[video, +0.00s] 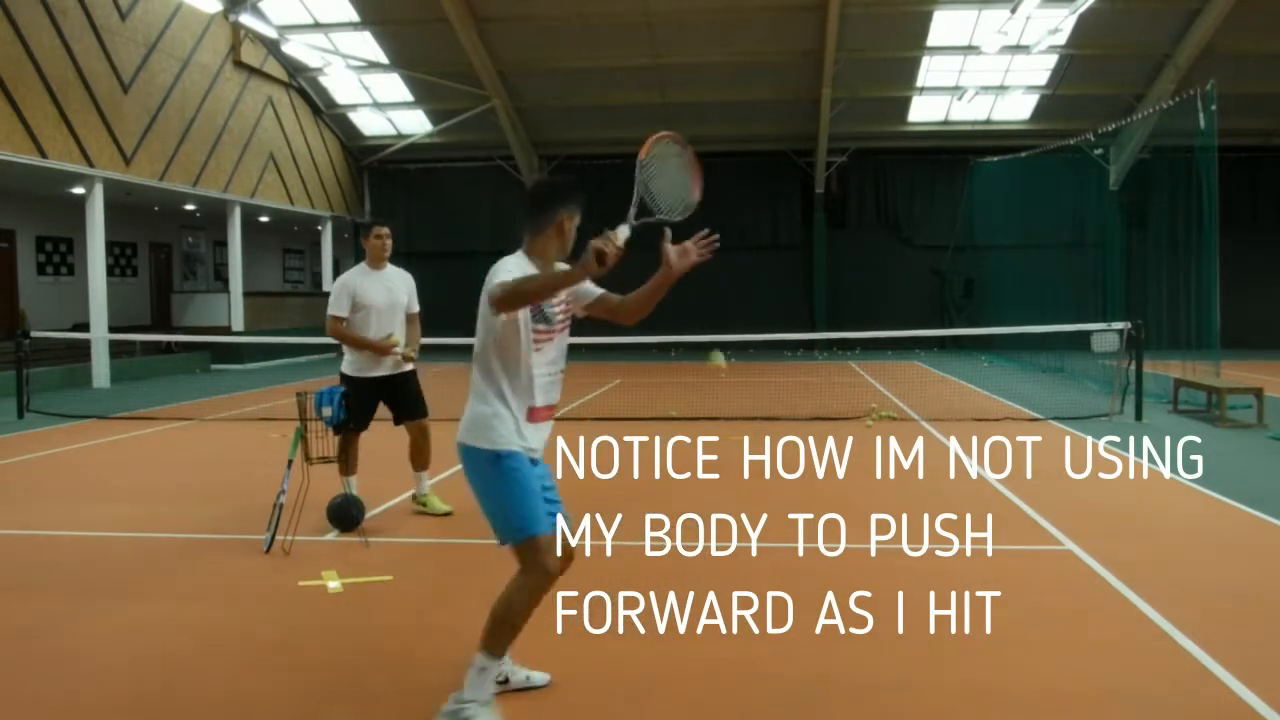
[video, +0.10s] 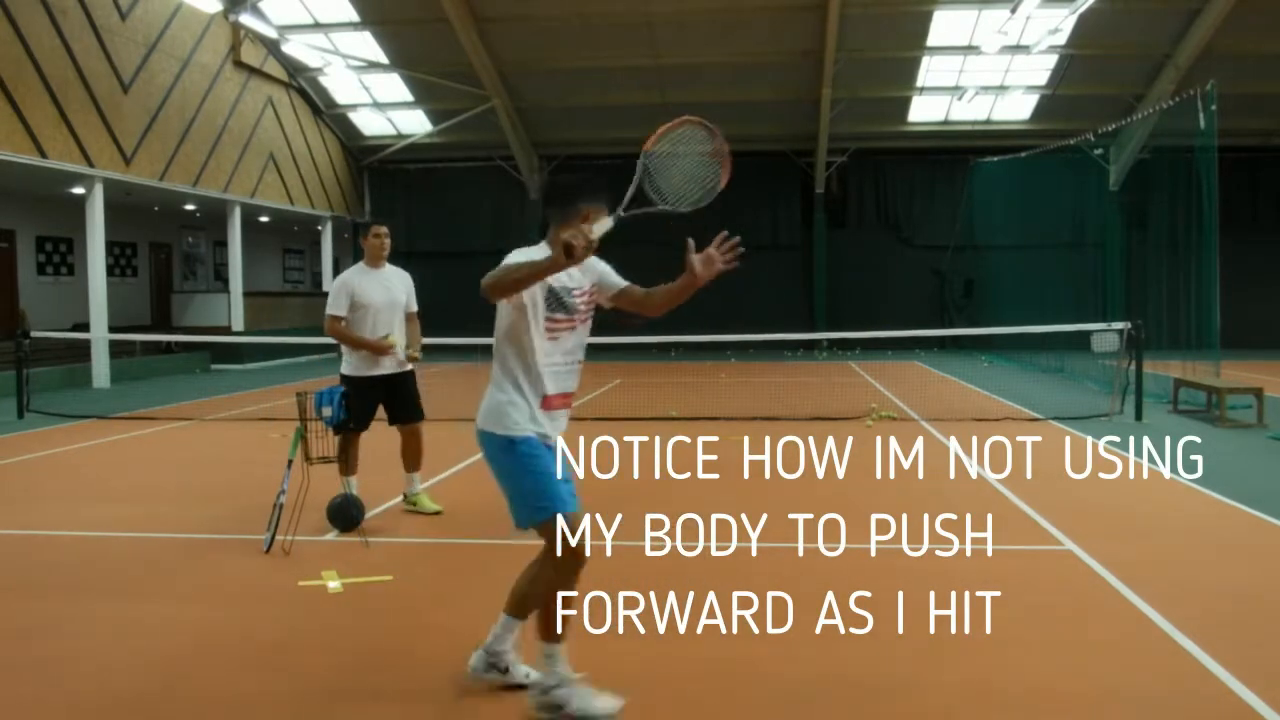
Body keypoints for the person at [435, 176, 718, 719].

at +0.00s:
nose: (576, 232)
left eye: (576, 226)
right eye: (575, 224)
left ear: (543, 223)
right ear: (563, 222)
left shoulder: (564, 280)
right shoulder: (507, 271)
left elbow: (625, 311)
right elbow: (504, 299)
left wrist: (668, 272)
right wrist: (580, 272)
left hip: (526, 441)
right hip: (493, 439)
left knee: (560, 552)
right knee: (539, 564)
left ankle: (494, 663)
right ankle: (471, 695)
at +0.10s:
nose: (594, 236)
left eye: (600, 229)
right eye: (589, 225)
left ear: (600, 232)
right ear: (563, 221)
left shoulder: (592, 269)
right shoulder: (525, 260)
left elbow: (644, 303)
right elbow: (492, 289)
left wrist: (692, 278)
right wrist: (553, 262)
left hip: (547, 427)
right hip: (512, 426)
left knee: (565, 546)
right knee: (571, 544)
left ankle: (494, 652)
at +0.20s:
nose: (626, 240)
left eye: (628, 231)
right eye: (621, 230)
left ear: (614, 235)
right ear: (596, 231)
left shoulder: (614, 277)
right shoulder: (546, 268)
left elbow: (664, 312)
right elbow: (495, 300)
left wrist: (719, 309)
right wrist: (539, 279)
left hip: (563, 430)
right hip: (529, 429)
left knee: (590, 535)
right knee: (603, 534)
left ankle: (517, 619)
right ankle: (616, 676)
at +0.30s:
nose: (642, 263)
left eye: (643, 255)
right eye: (638, 254)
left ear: (618, 258)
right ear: (618, 256)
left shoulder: (631, 299)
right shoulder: (565, 294)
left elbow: (683, 334)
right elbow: (514, 334)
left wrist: (753, 351)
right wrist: (532, 322)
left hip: (573, 441)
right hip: (544, 442)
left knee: (613, 524)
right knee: (633, 540)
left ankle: (567, 611)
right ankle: (624, 680)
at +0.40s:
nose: (657, 275)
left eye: (656, 266)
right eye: (652, 266)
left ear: (631, 272)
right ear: (630, 270)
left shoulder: (645, 310)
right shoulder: (578, 312)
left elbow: (704, 351)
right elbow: (534, 378)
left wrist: (772, 386)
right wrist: (547, 364)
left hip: (583, 445)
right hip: (555, 448)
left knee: (639, 528)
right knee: (639, 539)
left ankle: (608, 611)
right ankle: (624, 680)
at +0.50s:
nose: (664, 280)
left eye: (664, 271)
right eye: (658, 270)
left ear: (648, 273)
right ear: (632, 270)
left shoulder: (655, 314)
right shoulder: (588, 320)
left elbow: (711, 352)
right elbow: (565, 380)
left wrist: (778, 393)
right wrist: (550, 417)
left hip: (600, 442)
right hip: (565, 445)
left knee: (656, 522)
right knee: (631, 535)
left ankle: (613, 610)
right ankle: (625, 678)